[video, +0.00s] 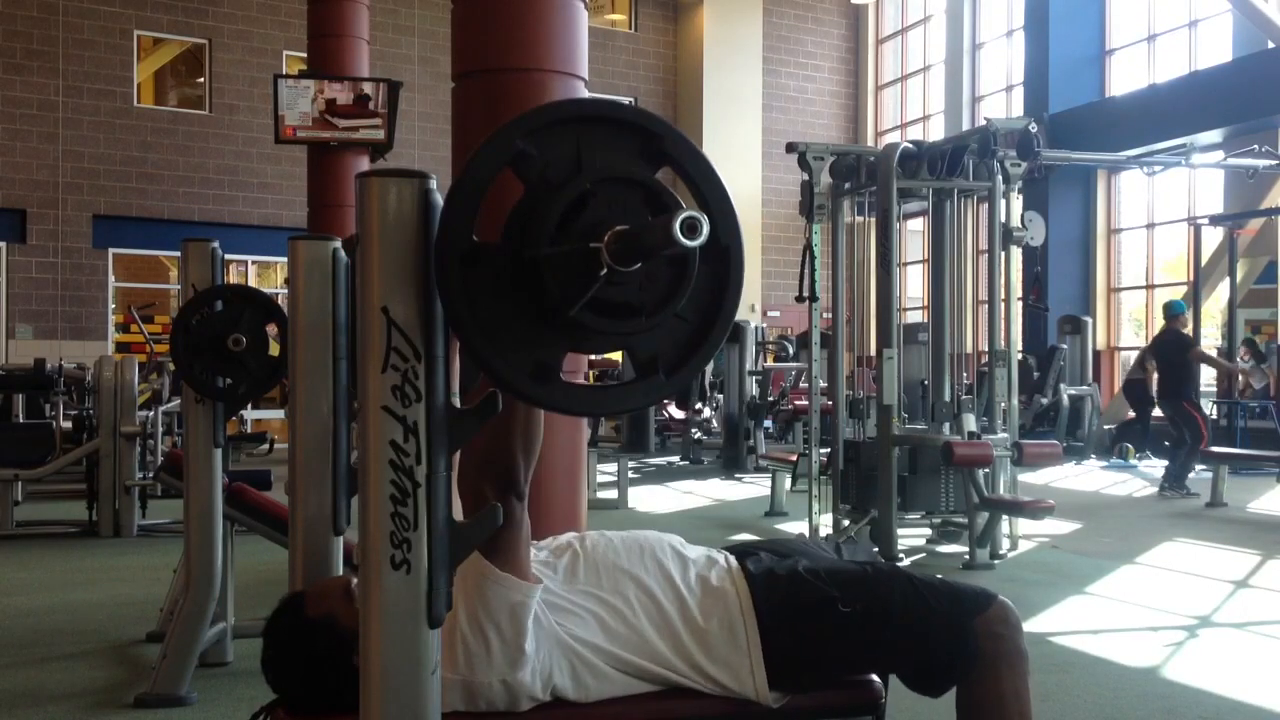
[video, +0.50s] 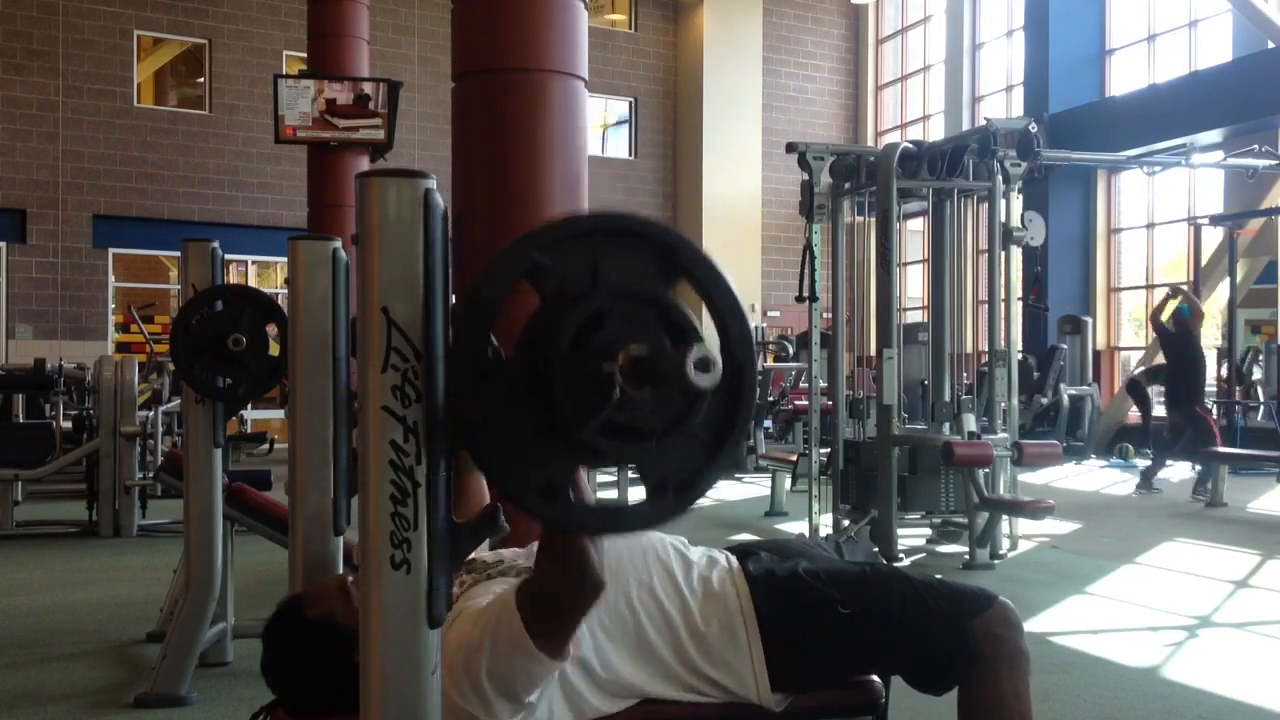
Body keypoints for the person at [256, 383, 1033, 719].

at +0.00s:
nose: (358, 578)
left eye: (340, 581)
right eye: (342, 594)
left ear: (349, 647)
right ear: (356, 642)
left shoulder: (454, 637)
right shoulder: (474, 664)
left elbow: (493, 494)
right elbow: (509, 485)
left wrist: (504, 346)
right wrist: (527, 323)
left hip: (716, 582)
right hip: (742, 617)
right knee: (988, 623)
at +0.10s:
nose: (357, 572)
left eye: (338, 576)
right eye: (342, 590)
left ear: (344, 654)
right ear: (356, 639)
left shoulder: (454, 649)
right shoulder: (474, 662)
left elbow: (492, 495)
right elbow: (510, 482)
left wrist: (503, 351)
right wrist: (531, 312)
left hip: (717, 591)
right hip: (749, 613)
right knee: (987, 625)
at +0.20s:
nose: (361, 575)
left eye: (342, 578)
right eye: (346, 593)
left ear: (350, 655)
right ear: (361, 649)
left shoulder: (448, 636)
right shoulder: (477, 665)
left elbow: (485, 485)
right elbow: (513, 486)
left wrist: (515, 344)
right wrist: (534, 322)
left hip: (716, 582)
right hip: (743, 616)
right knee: (987, 625)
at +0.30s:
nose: (363, 575)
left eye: (346, 578)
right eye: (348, 590)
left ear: (349, 644)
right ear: (357, 643)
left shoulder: (452, 639)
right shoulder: (468, 679)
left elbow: (506, 500)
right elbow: (526, 503)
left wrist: (514, 335)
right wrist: (517, 323)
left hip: (721, 583)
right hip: (739, 616)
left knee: (957, 604)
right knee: (985, 625)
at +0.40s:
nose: (355, 575)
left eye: (336, 580)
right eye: (338, 595)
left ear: (346, 659)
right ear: (355, 646)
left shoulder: (436, 627)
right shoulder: (475, 668)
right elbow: (549, 525)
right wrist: (523, 349)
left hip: (721, 593)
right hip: (741, 614)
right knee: (987, 627)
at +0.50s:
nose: (356, 566)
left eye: (338, 568)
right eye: (341, 585)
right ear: (345, 642)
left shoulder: (440, 608)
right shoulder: (457, 670)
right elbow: (568, 586)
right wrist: (539, 448)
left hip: (733, 588)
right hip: (748, 614)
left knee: (865, 689)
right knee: (985, 626)